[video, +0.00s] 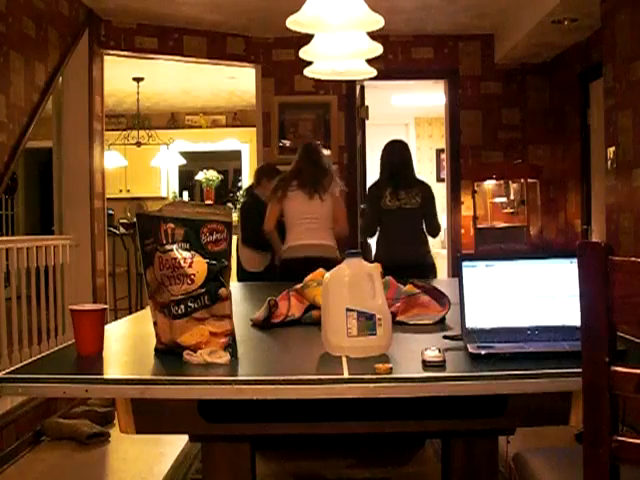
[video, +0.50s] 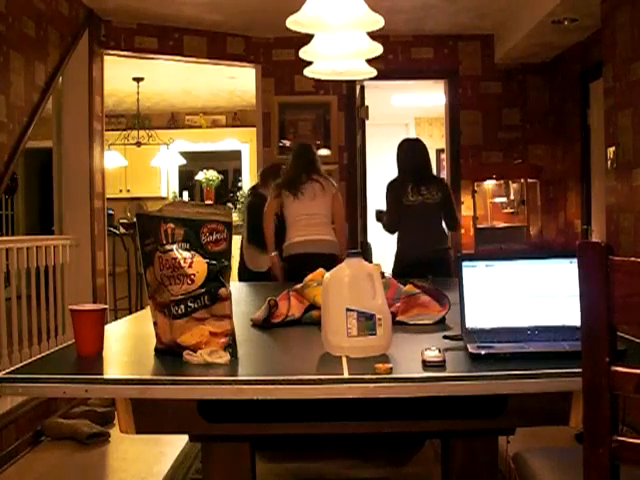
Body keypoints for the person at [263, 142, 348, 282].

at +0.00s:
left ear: (298, 161)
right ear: (322, 161)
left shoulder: (284, 185)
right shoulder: (332, 185)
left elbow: (269, 226)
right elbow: (342, 228)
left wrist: (279, 251)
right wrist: (321, 234)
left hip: (293, 258)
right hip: (327, 258)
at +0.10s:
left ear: (293, 164)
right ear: (316, 165)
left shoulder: (277, 189)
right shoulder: (327, 190)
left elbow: (263, 229)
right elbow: (336, 230)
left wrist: (270, 257)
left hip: (287, 261)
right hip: (322, 260)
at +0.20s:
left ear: (290, 161)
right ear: (314, 162)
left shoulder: (273, 185)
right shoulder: (323, 185)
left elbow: (261, 224)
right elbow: (329, 225)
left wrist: (267, 258)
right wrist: (336, 252)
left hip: (284, 257)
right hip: (318, 256)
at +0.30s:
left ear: (289, 159)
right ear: (313, 158)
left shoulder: (274, 183)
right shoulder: (323, 182)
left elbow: (258, 216)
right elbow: (329, 220)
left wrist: (264, 254)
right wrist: (336, 250)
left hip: (285, 253)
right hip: (319, 251)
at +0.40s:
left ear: (288, 160)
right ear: (313, 160)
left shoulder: (276, 185)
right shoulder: (326, 185)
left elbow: (260, 216)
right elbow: (335, 223)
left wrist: (263, 255)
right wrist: (339, 253)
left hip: (290, 254)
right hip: (324, 253)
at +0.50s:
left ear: (292, 163)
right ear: (315, 161)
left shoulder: (282, 187)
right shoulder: (330, 184)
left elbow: (269, 215)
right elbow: (340, 223)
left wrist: (272, 254)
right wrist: (342, 254)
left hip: (296, 254)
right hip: (328, 253)